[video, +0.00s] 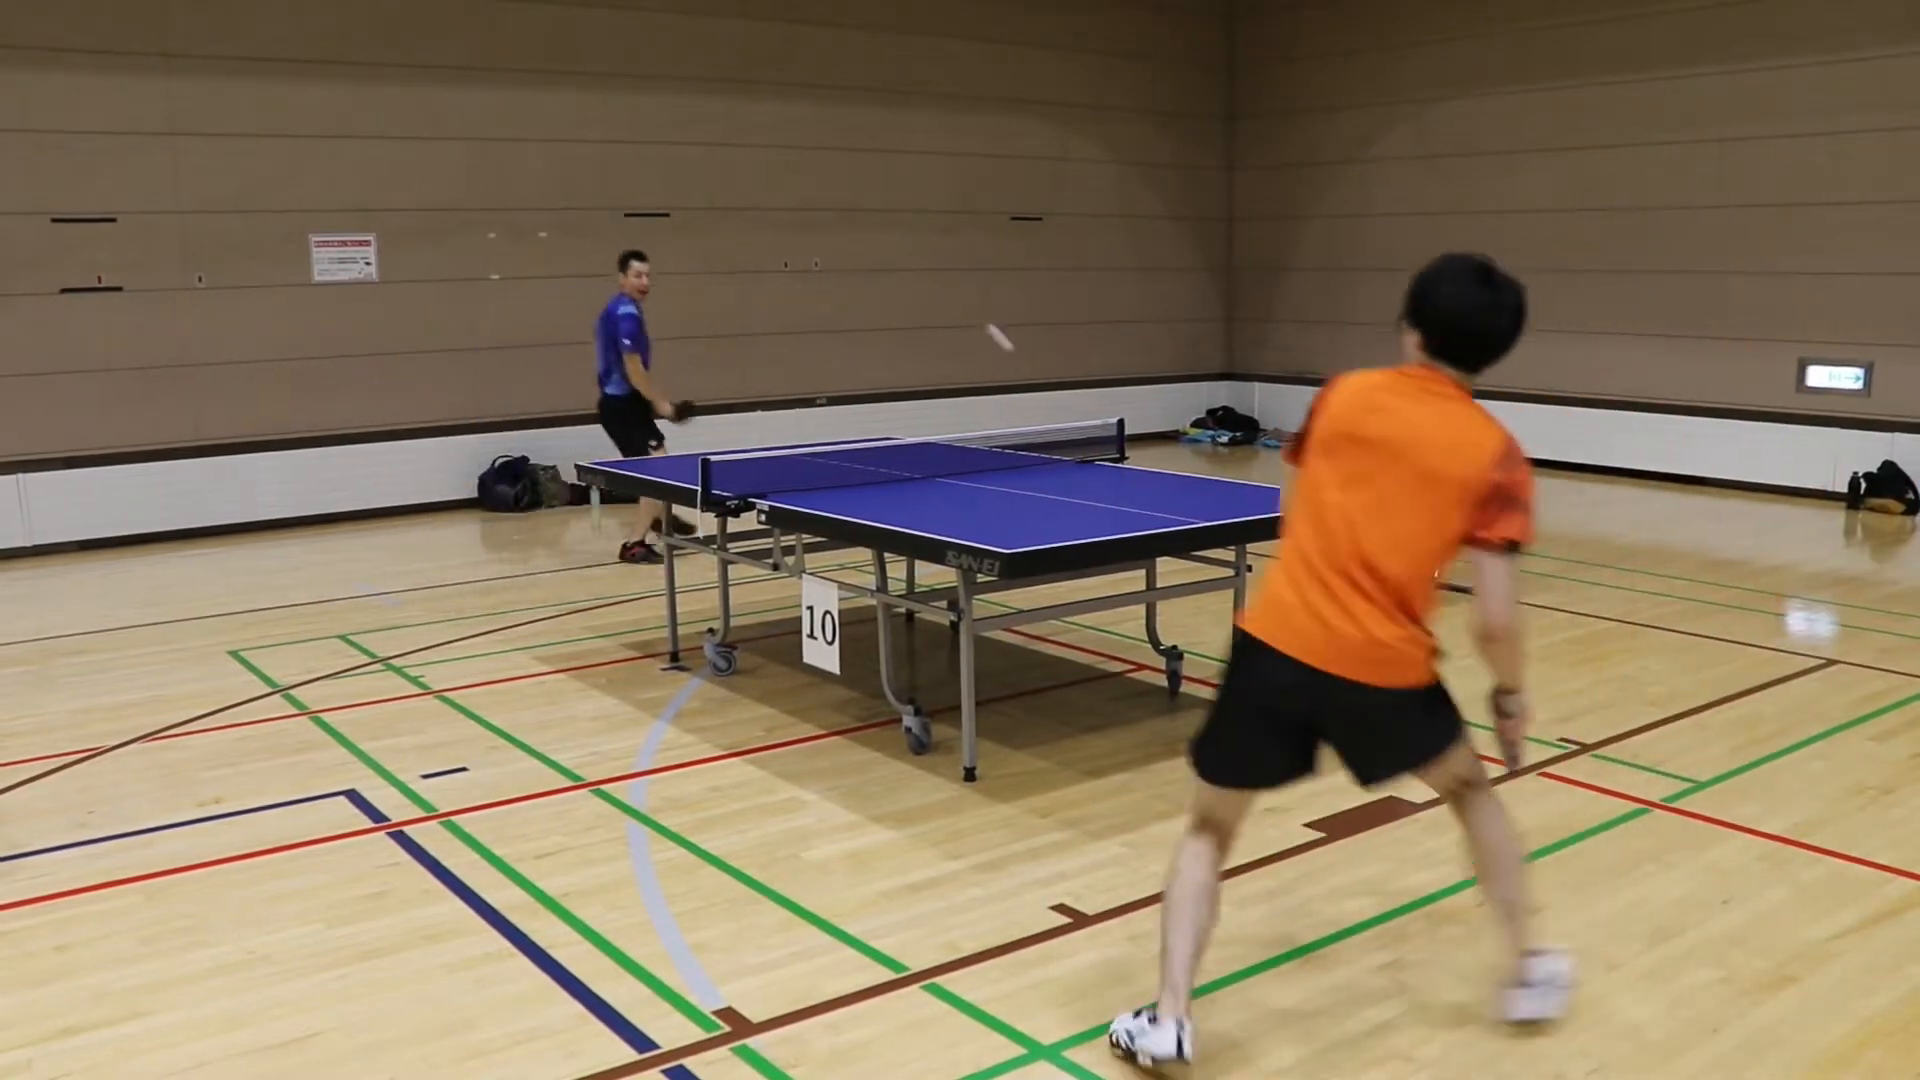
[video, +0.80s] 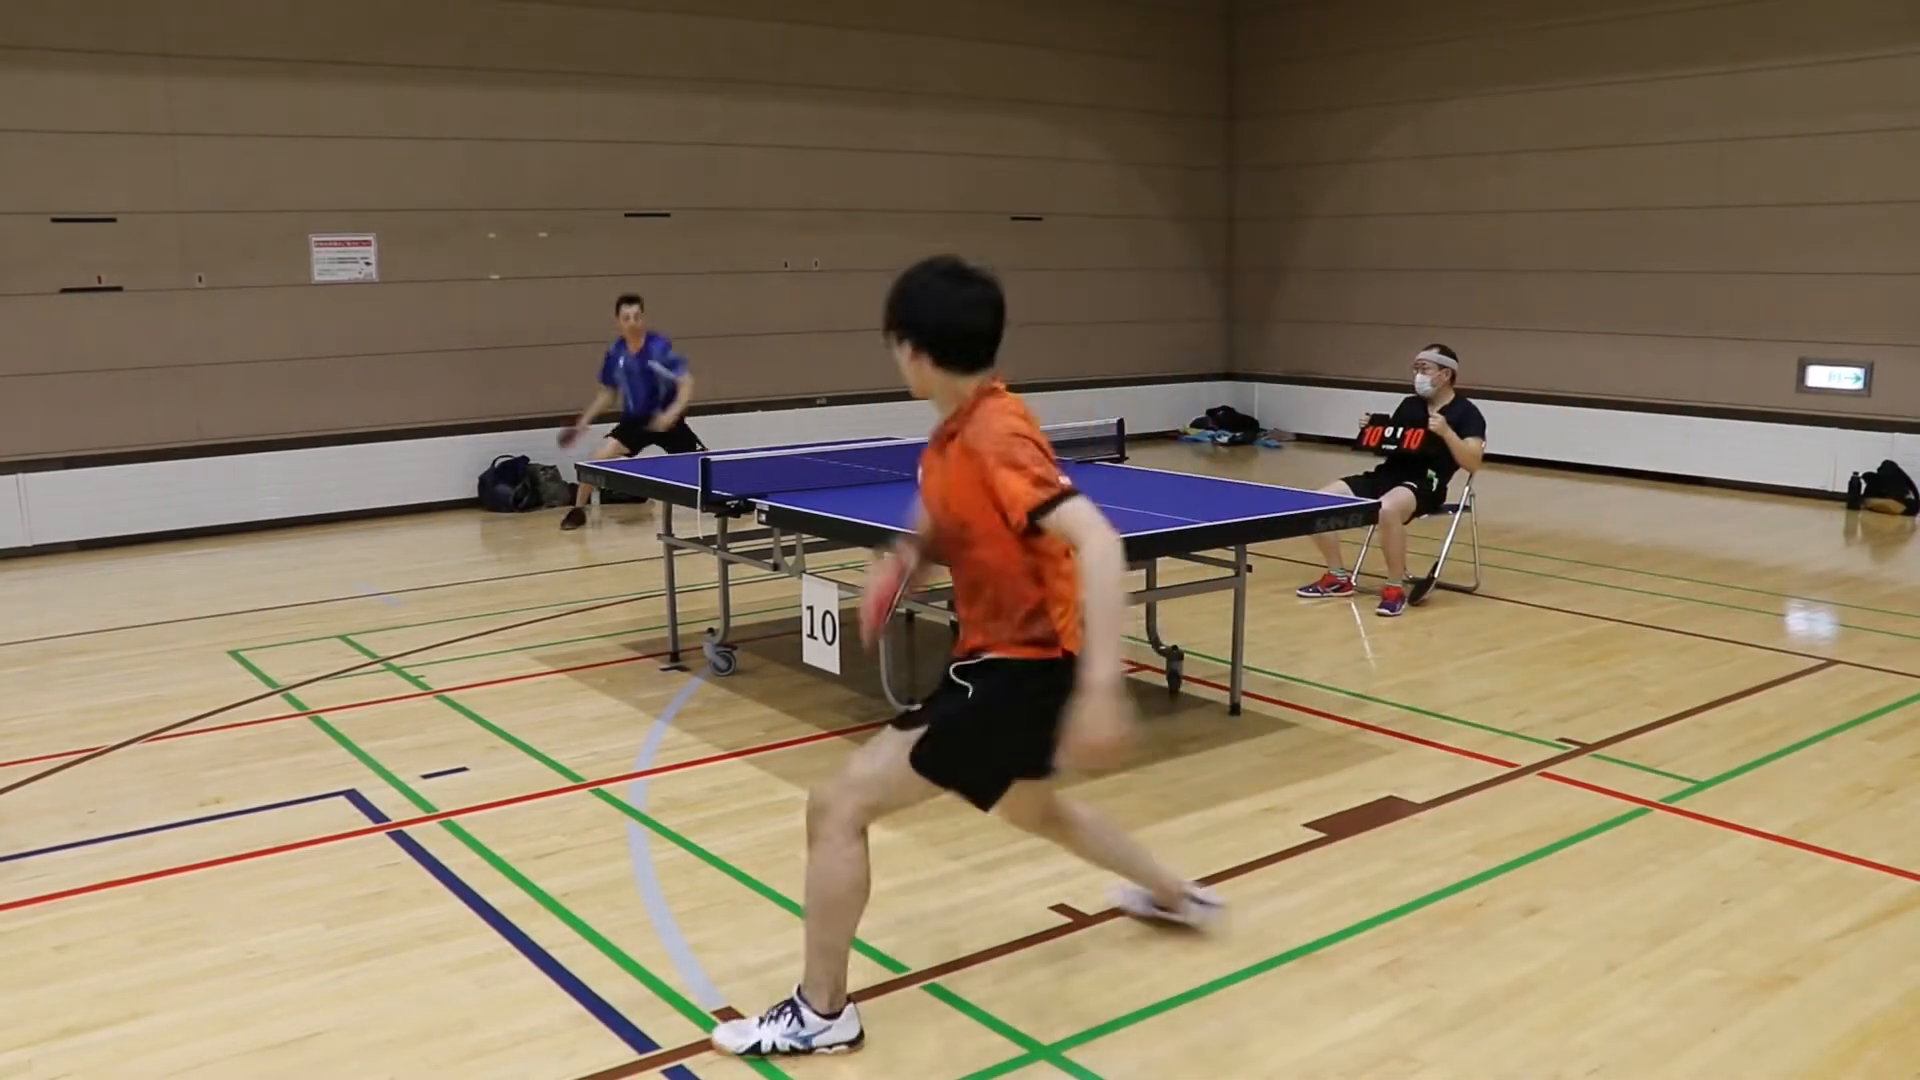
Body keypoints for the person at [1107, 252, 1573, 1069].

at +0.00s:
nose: (1408, 321)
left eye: (1413, 310)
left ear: (1413, 327)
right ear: (1498, 352)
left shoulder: (1343, 393)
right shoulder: (1493, 452)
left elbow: (1296, 504)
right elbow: (1495, 619)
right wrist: (1509, 694)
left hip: (1271, 652)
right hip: (1382, 673)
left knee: (1208, 828)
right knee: (1468, 790)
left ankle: (1169, 1015)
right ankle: (1528, 968)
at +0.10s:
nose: (1381, 315)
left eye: (1385, 302)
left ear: (1383, 312)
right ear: (1471, 337)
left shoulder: (1322, 376)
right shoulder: (1454, 431)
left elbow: (1280, 479)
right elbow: (1439, 602)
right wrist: (1464, 693)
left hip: (1226, 624)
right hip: (1332, 653)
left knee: (1175, 791)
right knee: (1410, 789)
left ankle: (1135, 958)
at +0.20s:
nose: (1451, 342)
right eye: (1449, 330)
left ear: (1356, 317)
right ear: (1439, 343)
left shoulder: (1302, 382)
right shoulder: (1410, 442)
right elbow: (1380, 603)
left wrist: (1418, 437)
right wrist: (1428, 724)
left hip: (1182, 628)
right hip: (1278, 660)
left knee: (1130, 786)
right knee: (1382, 816)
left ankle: (1028, 929)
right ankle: (1341, 1021)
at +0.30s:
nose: (1412, 340)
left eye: (1407, 325)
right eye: (1409, 328)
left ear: (1314, 315)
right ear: (1391, 342)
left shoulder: (1260, 382)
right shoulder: (1337, 431)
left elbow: (1252, 497)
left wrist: (1364, 513)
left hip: (1137, 641)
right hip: (1231, 669)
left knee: (1088, 799)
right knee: (1355, 811)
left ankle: (961, 944)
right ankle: (1340, 1023)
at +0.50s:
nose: (1219, 240)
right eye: (1213, 228)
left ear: (1113, 229)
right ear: (1203, 240)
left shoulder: (1052, 323)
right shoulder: (1223, 339)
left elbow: (970, 462)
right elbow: (1316, 412)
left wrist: (1003, 482)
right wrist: (1306, 330)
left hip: (1059, 608)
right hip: (1171, 616)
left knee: (963, 738)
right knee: (1245, 778)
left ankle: (918, 925)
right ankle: (1324, 976)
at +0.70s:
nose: (937, 313)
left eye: (943, 298)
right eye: (941, 297)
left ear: (968, 308)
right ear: (1016, 303)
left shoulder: (1027, 404)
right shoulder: (989, 374)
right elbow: (899, 450)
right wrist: (875, 420)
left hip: (1040, 645)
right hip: (1084, 637)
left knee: (880, 807)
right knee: (1120, 802)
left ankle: (825, 1006)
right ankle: (1288, 882)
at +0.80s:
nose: (896, 361)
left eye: (897, 345)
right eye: (896, 345)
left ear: (918, 352)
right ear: (977, 344)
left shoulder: (997, 435)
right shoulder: (960, 430)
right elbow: (941, 532)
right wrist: (901, 562)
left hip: (1012, 676)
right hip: (1007, 669)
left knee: (837, 805)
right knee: (1033, 806)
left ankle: (820, 1007)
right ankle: (1178, 894)